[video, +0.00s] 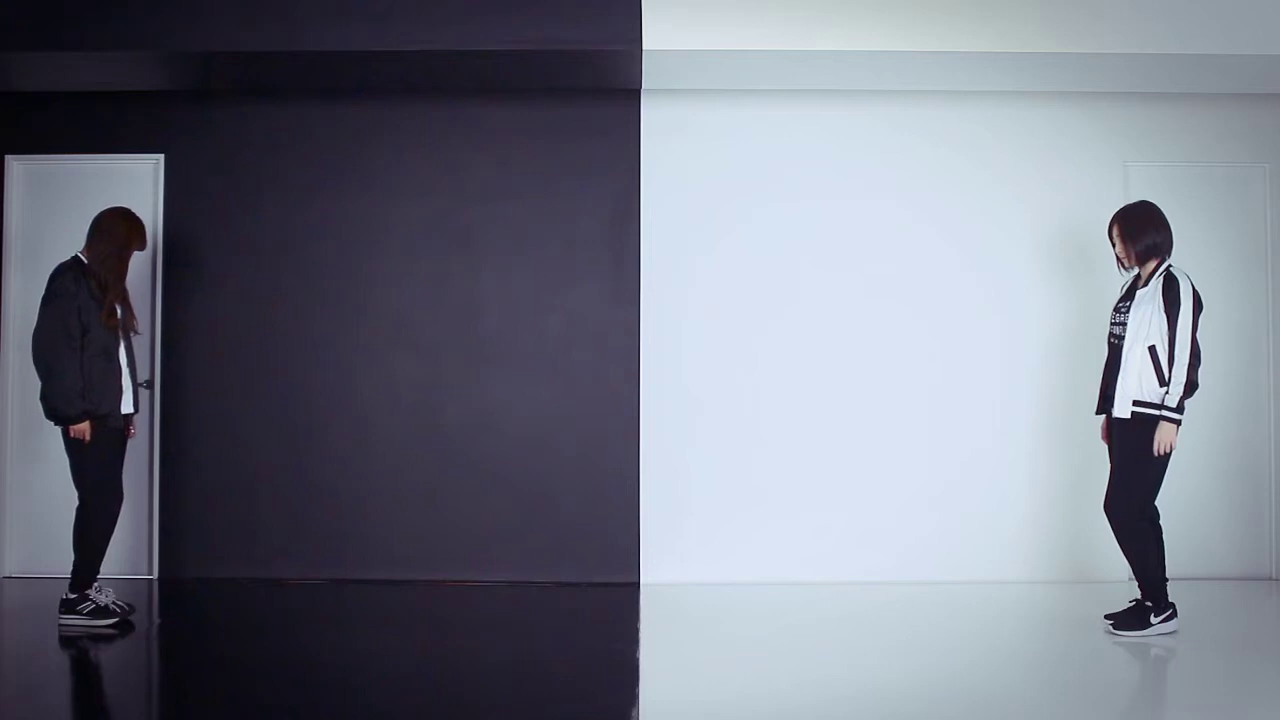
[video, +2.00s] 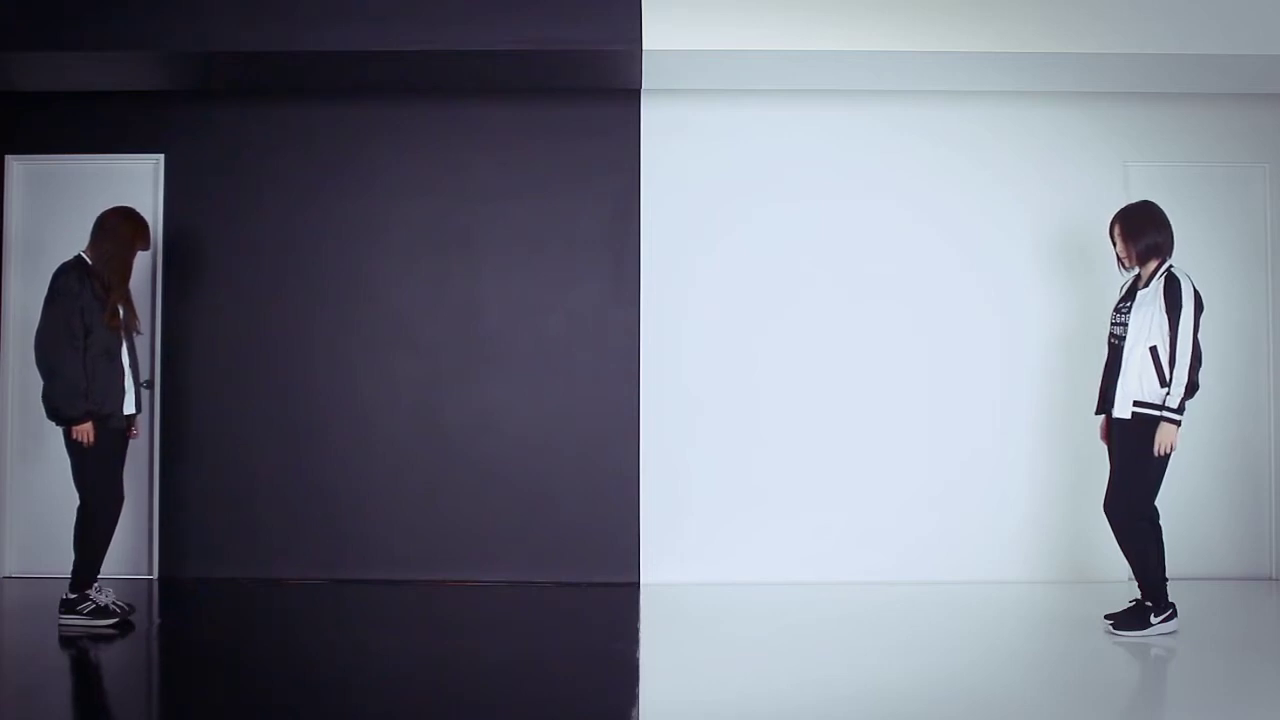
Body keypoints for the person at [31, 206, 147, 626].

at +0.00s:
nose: (130, 260)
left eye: (132, 252)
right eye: (128, 251)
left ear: (106, 241)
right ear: (112, 245)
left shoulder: (107, 284)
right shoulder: (69, 278)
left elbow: (117, 354)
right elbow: (52, 348)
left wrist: (127, 409)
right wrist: (73, 412)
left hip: (111, 415)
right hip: (86, 416)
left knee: (108, 499)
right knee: (98, 500)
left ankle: (87, 589)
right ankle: (78, 596)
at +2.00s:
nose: (134, 259)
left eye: (137, 251)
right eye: (132, 250)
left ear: (110, 241)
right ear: (115, 244)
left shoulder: (110, 283)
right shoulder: (72, 278)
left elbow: (120, 354)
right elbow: (56, 349)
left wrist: (130, 410)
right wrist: (76, 412)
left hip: (112, 416)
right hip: (87, 417)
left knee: (108, 499)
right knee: (100, 501)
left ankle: (86, 590)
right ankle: (78, 597)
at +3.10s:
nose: (133, 259)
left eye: (136, 251)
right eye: (131, 250)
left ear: (108, 240)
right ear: (114, 244)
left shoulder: (109, 283)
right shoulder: (71, 278)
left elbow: (118, 354)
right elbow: (55, 349)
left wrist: (129, 410)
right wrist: (76, 412)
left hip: (111, 415)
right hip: (87, 417)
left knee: (106, 501)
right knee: (98, 502)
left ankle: (86, 590)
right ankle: (77, 597)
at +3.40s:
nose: (135, 258)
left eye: (138, 250)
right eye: (133, 249)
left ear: (112, 240)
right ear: (116, 242)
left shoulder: (114, 283)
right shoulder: (75, 278)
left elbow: (123, 354)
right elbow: (58, 349)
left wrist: (132, 411)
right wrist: (77, 411)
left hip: (114, 415)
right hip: (88, 417)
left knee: (108, 500)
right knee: (98, 501)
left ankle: (86, 590)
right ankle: (78, 596)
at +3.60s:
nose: (142, 257)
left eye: (144, 249)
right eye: (140, 248)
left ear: (116, 238)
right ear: (124, 242)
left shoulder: (120, 283)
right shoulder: (81, 279)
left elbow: (126, 355)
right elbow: (64, 349)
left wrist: (134, 411)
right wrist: (81, 411)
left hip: (117, 415)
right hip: (91, 416)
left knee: (111, 500)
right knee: (101, 501)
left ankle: (86, 589)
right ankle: (78, 596)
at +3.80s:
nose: (151, 255)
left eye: (153, 247)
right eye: (148, 246)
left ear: (124, 239)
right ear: (131, 242)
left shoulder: (126, 286)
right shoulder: (92, 280)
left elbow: (127, 359)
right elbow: (73, 351)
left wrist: (138, 415)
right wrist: (92, 413)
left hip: (119, 417)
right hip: (100, 418)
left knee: (103, 501)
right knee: (133, 496)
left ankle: (88, 591)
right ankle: (86, 587)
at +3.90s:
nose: (156, 256)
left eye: (157, 247)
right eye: (153, 247)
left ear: (129, 240)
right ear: (136, 242)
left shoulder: (132, 285)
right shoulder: (96, 279)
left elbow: (135, 358)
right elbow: (80, 350)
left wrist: (145, 414)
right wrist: (98, 413)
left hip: (128, 414)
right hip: (111, 415)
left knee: (104, 503)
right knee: (156, 489)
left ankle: (87, 592)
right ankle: (107, 576)